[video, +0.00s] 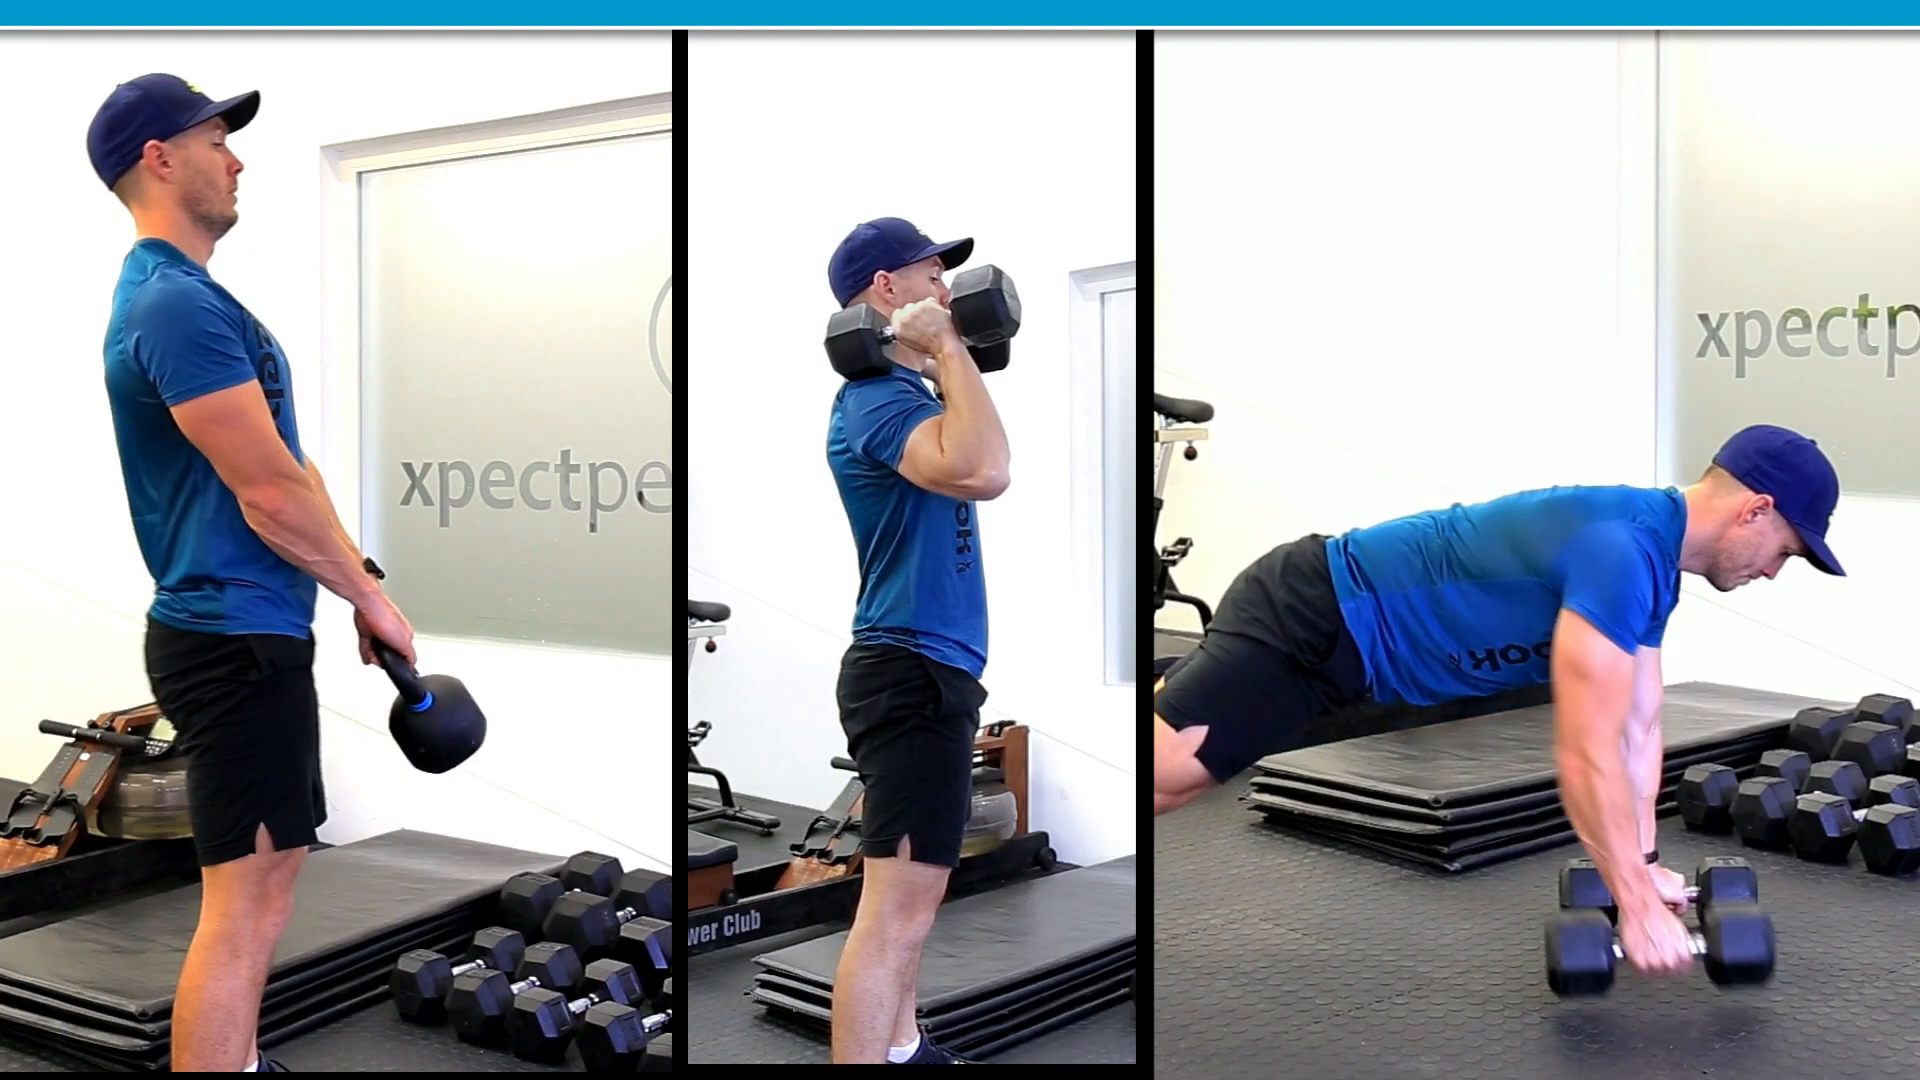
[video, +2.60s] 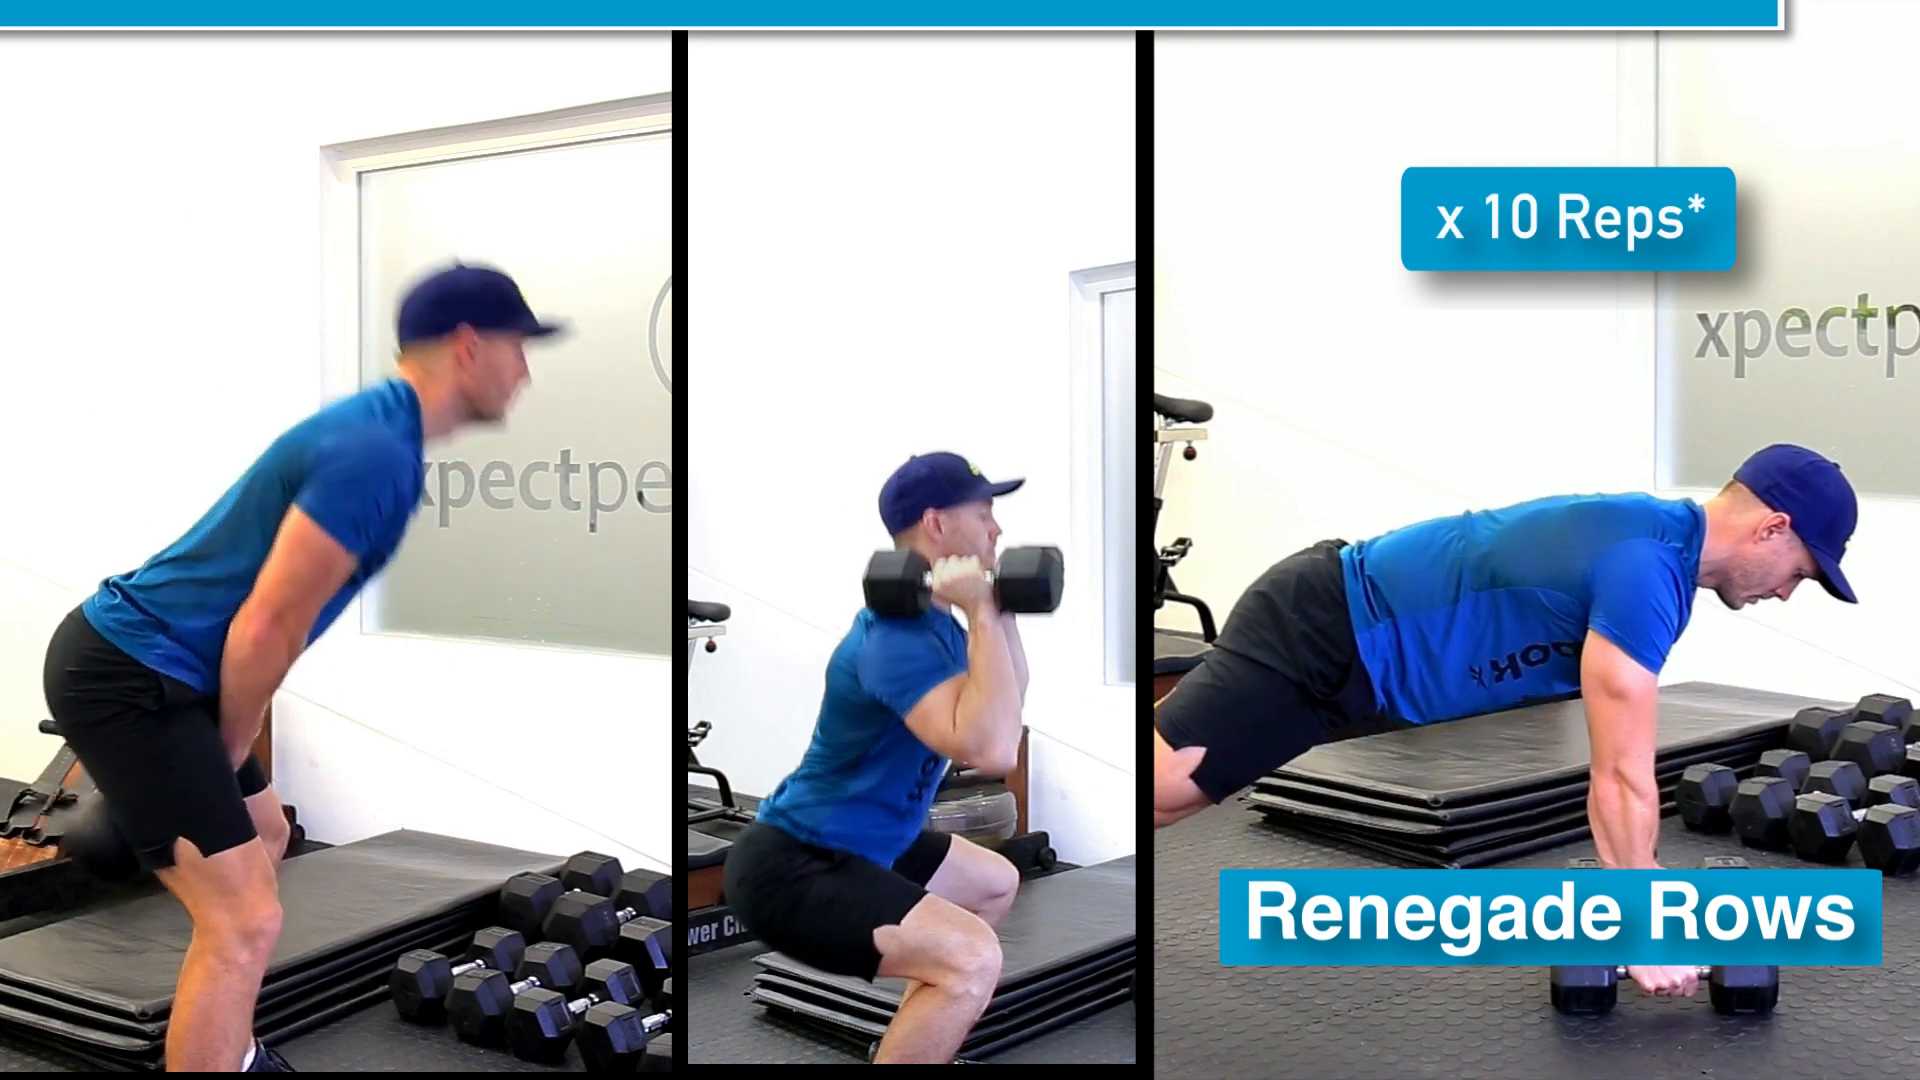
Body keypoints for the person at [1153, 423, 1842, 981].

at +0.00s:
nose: (1776, 573)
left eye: (1790, 561)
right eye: (1788, 552)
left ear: (1746, 510)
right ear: (1752, 510)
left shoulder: (1651, 560)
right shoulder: (1622, 546)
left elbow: (1638, 727)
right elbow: (1585, 750)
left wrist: (1641, 861)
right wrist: (1632, 900)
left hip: (1342, 641)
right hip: (1315, 615)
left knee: (1154, 764)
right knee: (1147, 777)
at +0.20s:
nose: (1778, 573)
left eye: (1792, 560)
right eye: (1790, 551)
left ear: (1747, 503)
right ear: (1755, 507)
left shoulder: (1657, 571)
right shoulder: (1619, 537)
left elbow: (1638, 727)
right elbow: (1530, 717)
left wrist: (1640, 865)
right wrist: (1614, 859)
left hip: (1347, 652)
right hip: (1321, 610)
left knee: (1164, 780)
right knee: (1156, 759)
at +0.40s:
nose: (1785, 573)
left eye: (1799, 561)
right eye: (1796, 551)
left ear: (1752, 507)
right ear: (1761, 507)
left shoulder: (1659, 580)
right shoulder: (1621, 529)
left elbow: (1640, 730)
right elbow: (1464, 629)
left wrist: (1638, 839)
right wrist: (1559, 755)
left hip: (1357, 655)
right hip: (1328, 614)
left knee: (1161, 764)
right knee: (1156, 777)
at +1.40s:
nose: (1779, 578)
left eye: (1793, 567)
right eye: (1792, 557)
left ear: (1750, 507)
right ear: (1758, 510)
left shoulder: (1654, 579)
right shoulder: (1616, 529)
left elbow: (1636, 730)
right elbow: (1526, 709)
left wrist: (1644, 868)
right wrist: (1611, 860)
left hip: (1348, 659)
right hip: (1320, 611)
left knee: (1161, 780)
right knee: (1153, 760)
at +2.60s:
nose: (1791, 592)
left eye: (1805, 580)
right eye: (1802, 571)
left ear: (1762, 525)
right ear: (1770, 528)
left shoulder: (1659, 564)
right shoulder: (1645, 564)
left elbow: (1627, 768)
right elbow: (1619, 775)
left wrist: (1648, 928)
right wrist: (1642, 941)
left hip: (1346, 648)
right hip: (1329, 627)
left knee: (1147, 772)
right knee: (1140, 792)